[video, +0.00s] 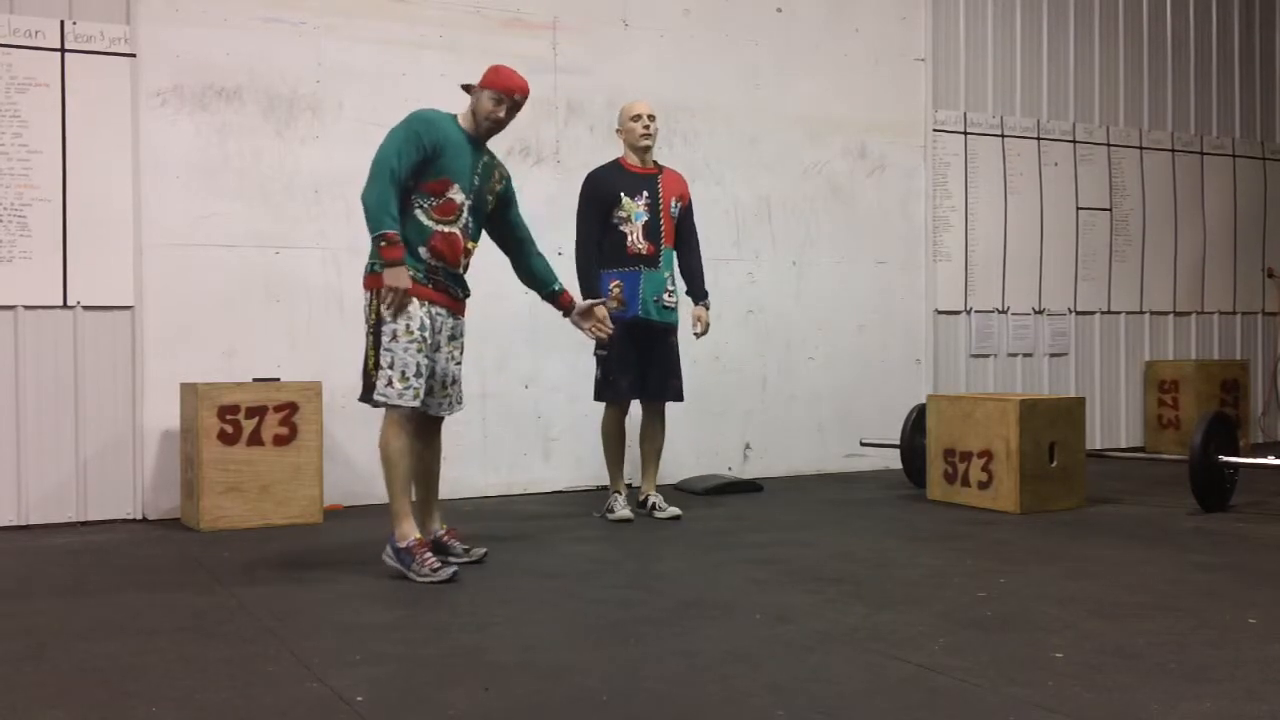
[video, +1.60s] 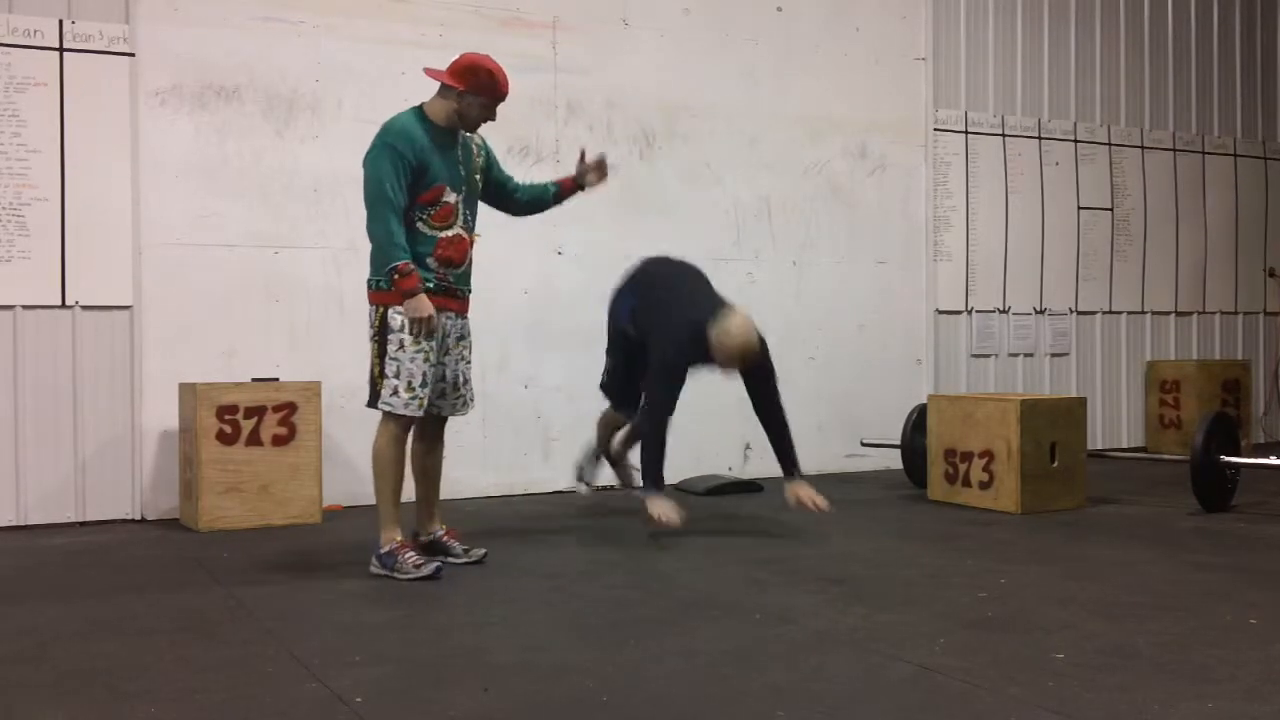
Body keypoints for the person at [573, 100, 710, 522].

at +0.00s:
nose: (647, 125)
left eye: (651, 119)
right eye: (637, 119)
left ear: (658, 129)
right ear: (620, 131)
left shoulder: (675, 182)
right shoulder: (600, 181)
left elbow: (688, 246)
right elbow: (586, 247)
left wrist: (699, 299)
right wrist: (592, 304)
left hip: (661, 312)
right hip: (616, 312)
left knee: (654, 403)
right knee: (617, 403)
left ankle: (649, 491)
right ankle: (617, 492)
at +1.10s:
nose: (680, 157)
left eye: (686, 149)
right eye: (672, 149)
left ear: (690, 148)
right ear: (652, 145)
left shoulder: (695, 191)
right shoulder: (618, 188)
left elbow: (690, 253)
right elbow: (587, 246)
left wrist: (680, 305)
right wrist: (580, 307)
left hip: (662, 310)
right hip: (615, 310)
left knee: (657, 404)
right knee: (621, 405)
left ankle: (647, 492)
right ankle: (617, 493)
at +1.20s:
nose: (692, 190)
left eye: (697, 181)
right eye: (684, 182)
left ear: (702, 180)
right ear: (663, 179)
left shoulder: (703, 215)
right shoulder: (625, 212)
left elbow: (689, 268)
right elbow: (589, 268)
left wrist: (672, 308)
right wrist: (578, 322)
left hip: (660, 321)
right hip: (616, 322)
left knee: (663, 410)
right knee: (629, 409)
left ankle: (648, 493)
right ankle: (618, 494)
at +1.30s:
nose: (698, 233)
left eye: (703, 225)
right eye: (691, 224)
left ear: (708, 223)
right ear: (672, 218)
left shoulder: (710, 252)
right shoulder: (636, 244)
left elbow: (694, 299)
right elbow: (598, 298)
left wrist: (678, 337)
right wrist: (581, 358)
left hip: (663, 342)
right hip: (620, 341)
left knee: (671, 421)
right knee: (639, 421)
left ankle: (648, 495)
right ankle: (619, 497)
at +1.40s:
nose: (706, 273)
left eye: (712, 266)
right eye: (701, 265)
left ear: (719, 262)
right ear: (685, 256)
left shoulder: (720, 278)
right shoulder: (648, 266)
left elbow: (715, 337)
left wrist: (711, 394)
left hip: (666, 345)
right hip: (624, 343)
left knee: (673, 420)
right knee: (636, 422)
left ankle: (647, 496)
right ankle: (620, 495)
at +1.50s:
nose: (719, 325)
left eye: (725, 319)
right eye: (715, 317)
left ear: (734, 305)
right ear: (702, 302)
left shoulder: (736, 307)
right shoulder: (655, 303)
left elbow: (746, 372)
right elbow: (630, 384)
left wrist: (756, 438)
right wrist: (637, 451)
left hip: (666, 313)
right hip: (624, 307)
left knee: (669, 400)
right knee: (623, 402)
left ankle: (644, 481)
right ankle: (615, 490)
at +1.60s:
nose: (729, 369)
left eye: (737, 363)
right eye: (725, 362)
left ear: (749, 345)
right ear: (714, 347)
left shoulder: (745, 338)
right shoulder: (674, 343)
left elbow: (768, 406)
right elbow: (654, 418)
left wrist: (793, 476)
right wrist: (653, 491)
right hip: (634, 298)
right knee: (622, 408)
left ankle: (620, 451)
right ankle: (598, 452)